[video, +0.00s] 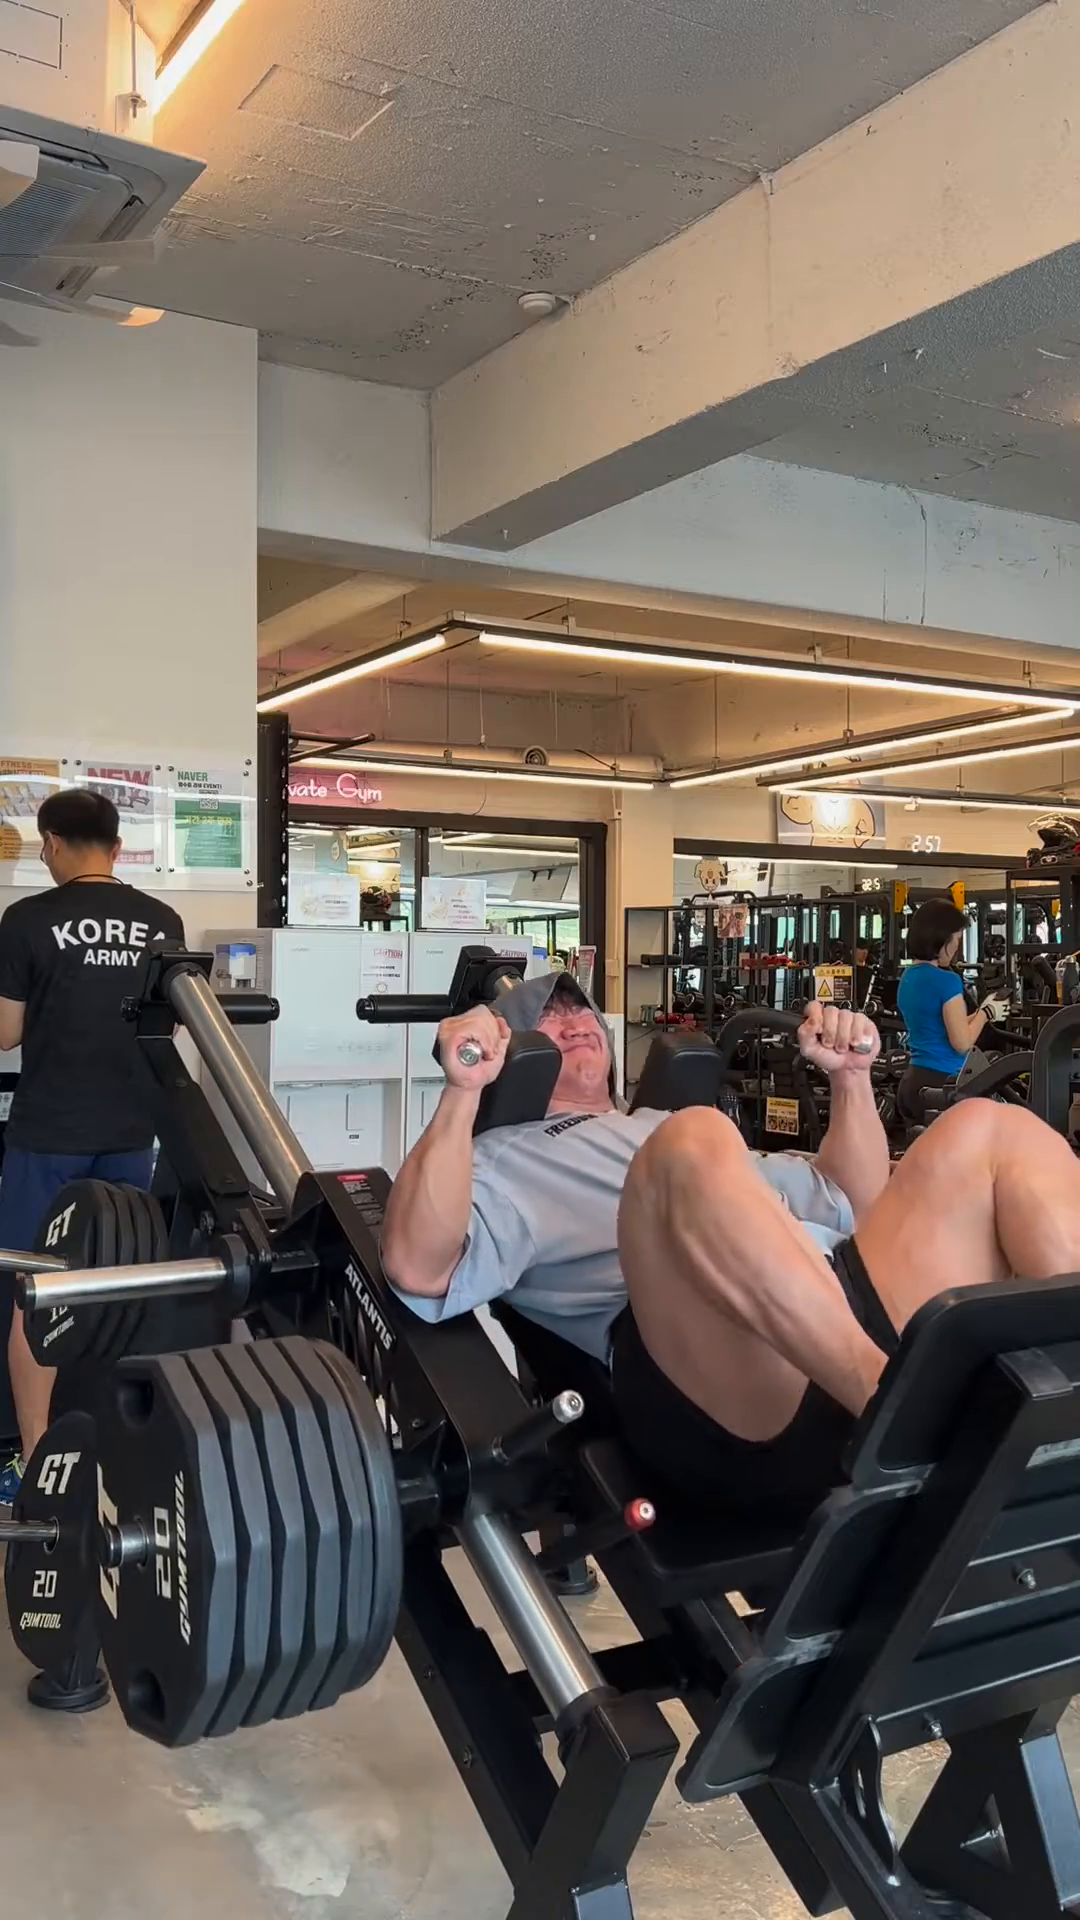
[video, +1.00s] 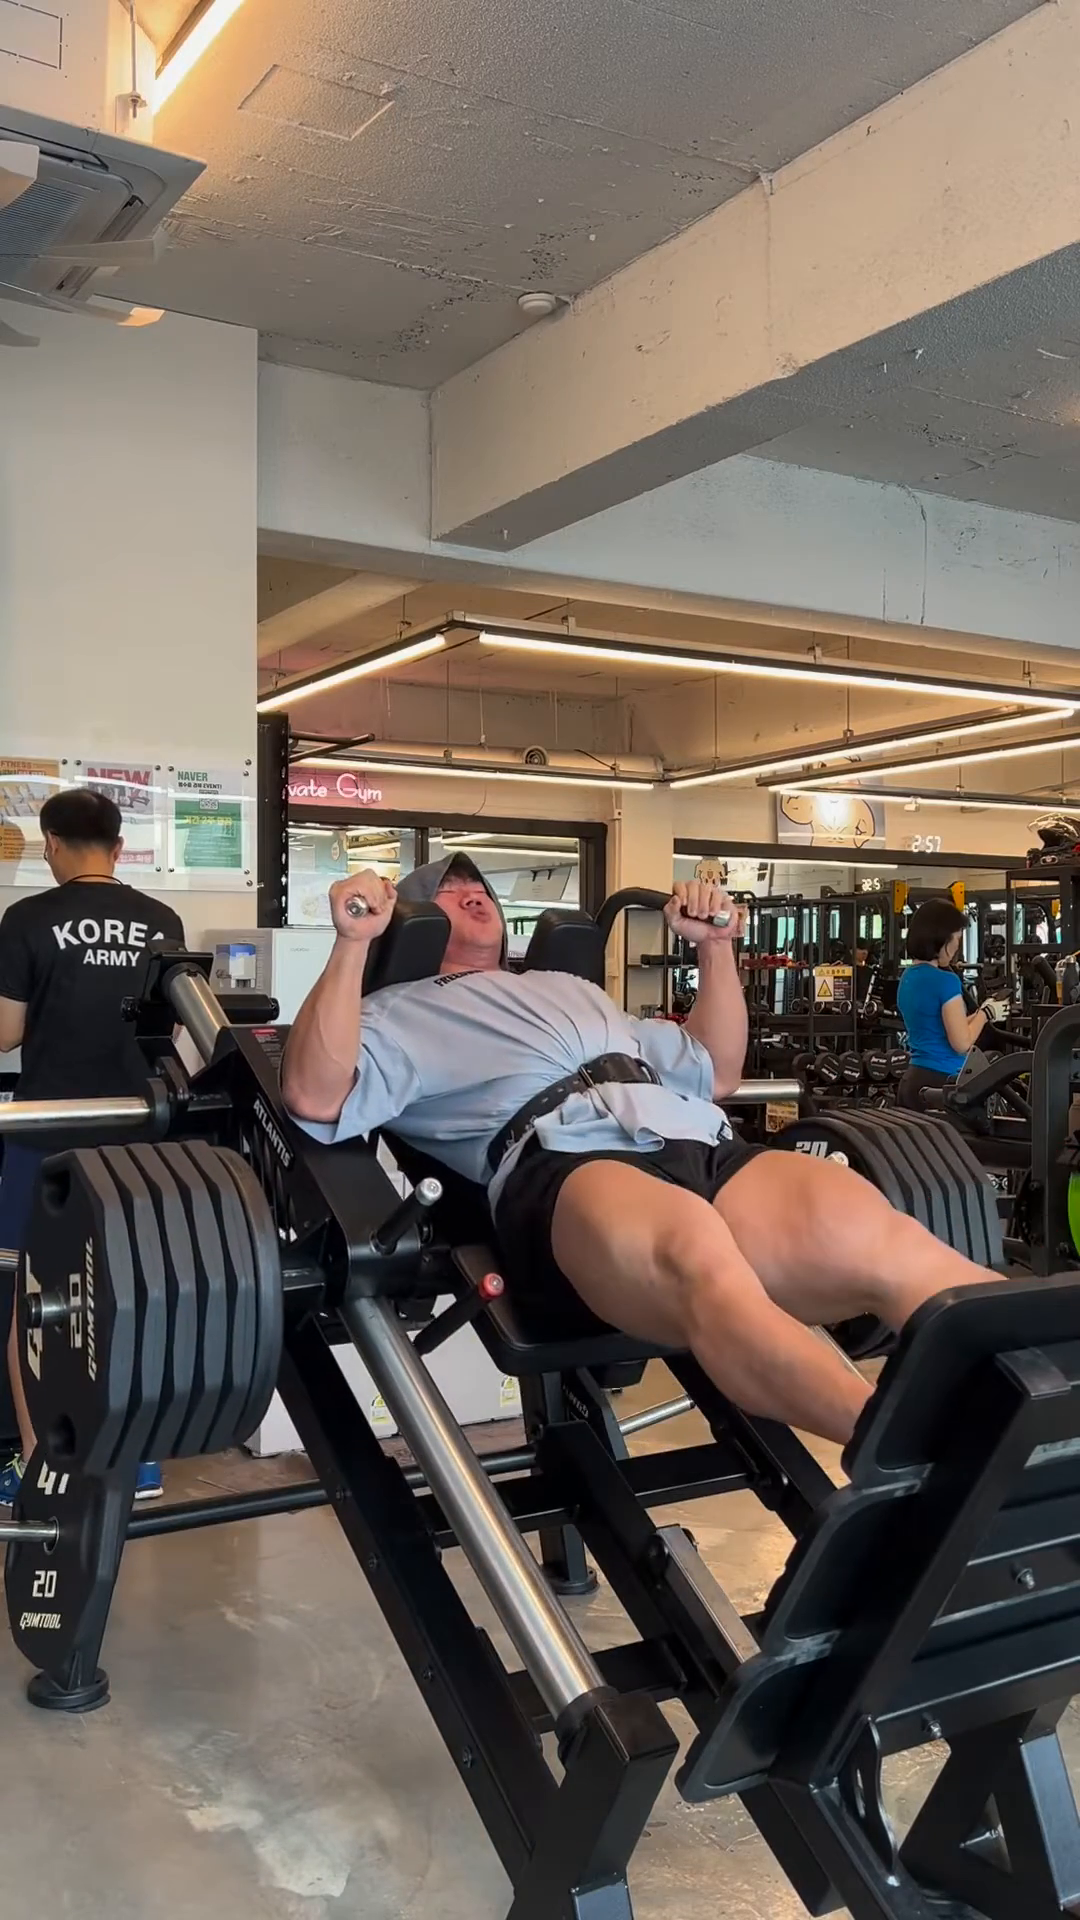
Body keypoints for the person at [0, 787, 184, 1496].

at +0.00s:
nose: (48, 857)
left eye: (45, 847)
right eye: (52, 847)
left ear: (50, 846)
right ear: (116, 847)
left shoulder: (29, 920)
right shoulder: (164, 920)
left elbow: (8, 1031)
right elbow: (174, 1024)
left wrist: (60, 1020)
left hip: (49, 1132)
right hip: (138, 1133)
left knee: (32, 1298)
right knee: (127, 1294)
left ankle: (39, 1461)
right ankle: (126, 1454)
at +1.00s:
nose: (52, 857)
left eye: (49, 847)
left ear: (51, 846)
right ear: (119, 848)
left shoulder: (28, 920)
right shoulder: (164, 920)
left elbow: (9, 1031)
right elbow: (178, 1027)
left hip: (45, 1134)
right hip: (138, 1135)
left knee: (27, 1297)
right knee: (135, 1294)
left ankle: (37, 1458)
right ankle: (140, 1463)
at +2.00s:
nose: (52, 857)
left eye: (49, 847)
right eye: (62, 847)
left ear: (51, 845)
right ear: (119, 847)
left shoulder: (31, 917)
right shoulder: (164, 920)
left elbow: (5, 1029)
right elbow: (181, 1028)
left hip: (48, 1139)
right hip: (140, 1141)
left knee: (29, 1298)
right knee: (135, 1296)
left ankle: (35, 1458)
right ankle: (138, 1464)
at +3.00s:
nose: (44, 860)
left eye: (42, 851)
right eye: (46, 851)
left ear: (49, 848)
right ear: (114, 848)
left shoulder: (29, 918)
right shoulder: (163, 920)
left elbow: (10, 1035)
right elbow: (179, 1031)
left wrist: (55, 1007)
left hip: (47, 1134)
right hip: (141, 1134)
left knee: (27, 1301)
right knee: (134, 1297)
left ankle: (37, 1457)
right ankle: (131, 1453)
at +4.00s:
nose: (41, 861)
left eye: (39, 852)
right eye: (44, 852)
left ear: (46, 849)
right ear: (111, 847)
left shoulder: (29, 920)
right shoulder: (161, 919)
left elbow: (10, 1034)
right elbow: (177, 1030)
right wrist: (116, 1030)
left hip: (50, 1130)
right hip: (136, 1130)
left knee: (31, 1296)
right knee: (123, 1289)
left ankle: (38, 1460)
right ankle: (124, 1452)